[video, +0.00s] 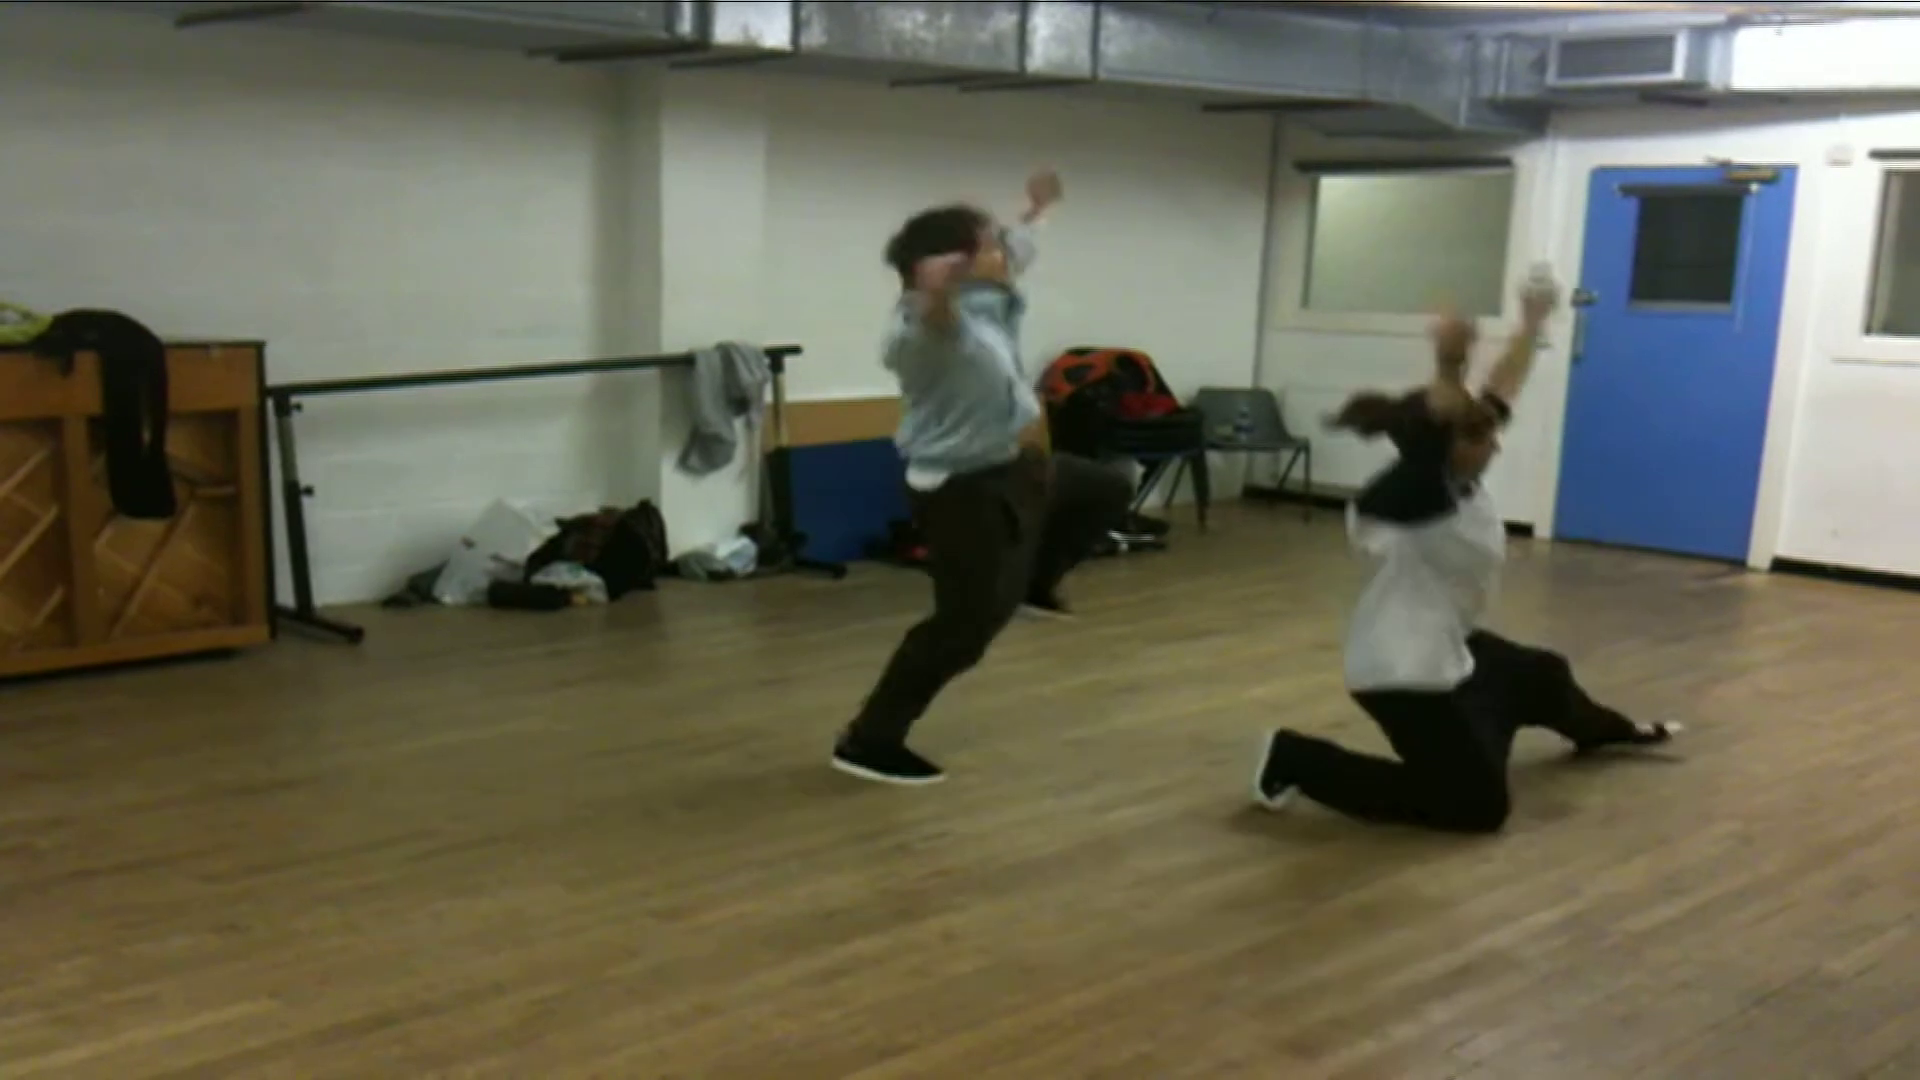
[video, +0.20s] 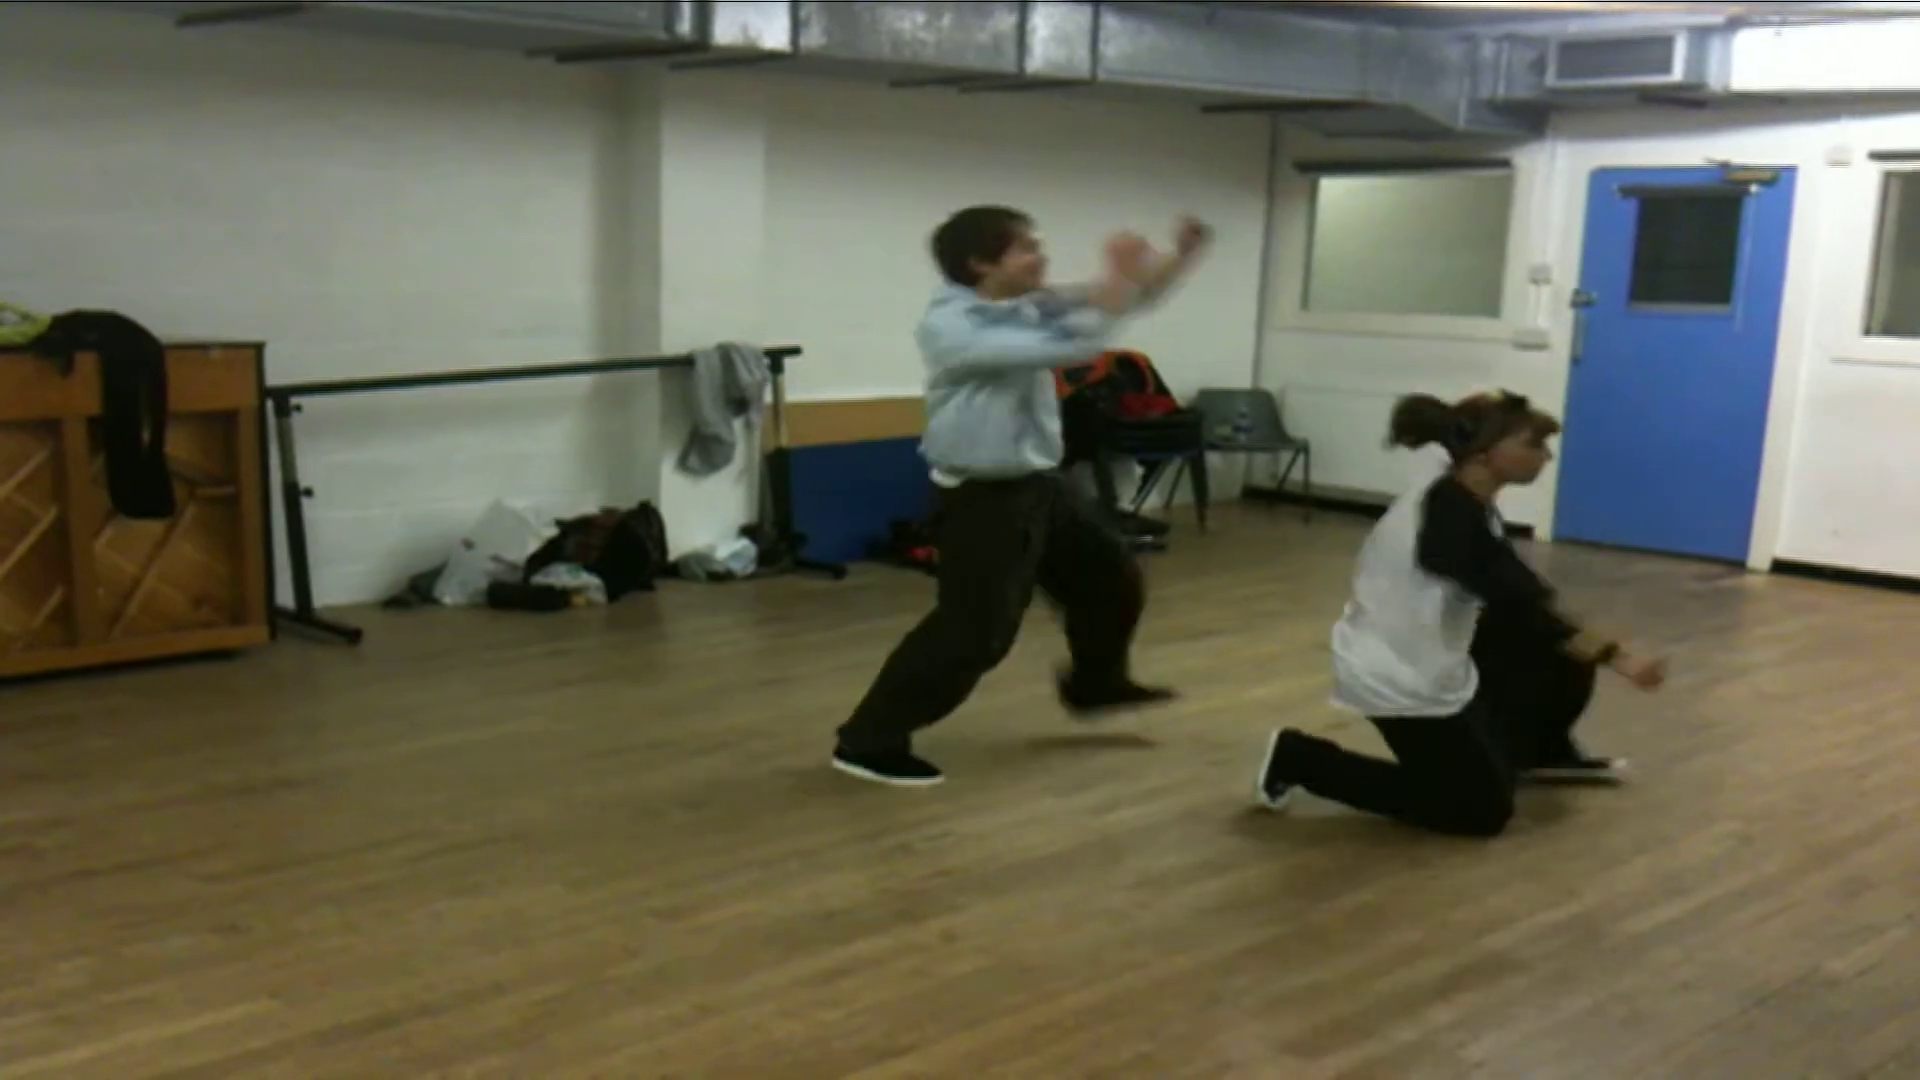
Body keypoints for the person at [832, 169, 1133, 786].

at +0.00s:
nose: (1002, 250)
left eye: (998, 242)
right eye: (988, 244)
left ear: (987, 259)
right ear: (942, 264)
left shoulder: (990, 305)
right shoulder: (918, 331)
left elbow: (1012, 258)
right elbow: (926, 331)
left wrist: (1035, 210)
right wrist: (938, 296)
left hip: (1014, 470)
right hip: (958, 490)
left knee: (1107, 489)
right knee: (968, 622)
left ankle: (1036, 581)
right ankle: (871, 739)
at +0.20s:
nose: (1039, 258)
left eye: (1036, 248)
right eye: (1026, 249)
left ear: (996, 263)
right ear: (981, 264)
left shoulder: (1028, 308)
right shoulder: (949, 326)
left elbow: (1109, 306)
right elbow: (1042, 347)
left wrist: (1178, 262)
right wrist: (1110, 295)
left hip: (1037, 489)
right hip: (980, 497)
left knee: (1110, 583)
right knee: (974, 630)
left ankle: (1098, 684)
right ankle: (869, 740)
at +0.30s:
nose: (1095, 269)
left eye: (1092, 258)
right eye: (1083, 259)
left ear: (1042, 272)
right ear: (1041, 271)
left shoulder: (1047, 316)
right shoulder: (1025, 317)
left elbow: (1124, 350)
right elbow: (1122, 355)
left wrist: (1188, 331)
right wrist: (1155, 327)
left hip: (1041, 493)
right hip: (996, 497)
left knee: (1093, 610)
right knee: (981, 637)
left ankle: (1125, 721)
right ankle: (872, 741)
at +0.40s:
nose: (1123, 275)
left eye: (1121, 265)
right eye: (1111, 265)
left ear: (1084, 280)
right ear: (1068, 275)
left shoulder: (1100, 330)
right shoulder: (1027, 320)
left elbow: (1160, 367)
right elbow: (1097, 367)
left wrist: (1210, 353)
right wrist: (1156, 350)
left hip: (1067, 504)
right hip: (1002, 502)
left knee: (1120, 615)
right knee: (989, 644)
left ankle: (1121, 722)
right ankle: (879, 737)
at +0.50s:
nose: (1121, 259)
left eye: (1122, 248)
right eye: (1109, 248)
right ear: (1065, 255)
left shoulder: (1112, 317)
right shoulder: (1014, 307)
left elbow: (1149, 341)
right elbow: (971, 351)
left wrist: (1175, 339)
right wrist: (1064, 331)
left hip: (1086, 491)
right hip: (1014, 492)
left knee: (1114, 614)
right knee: (989, 626)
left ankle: (1119, 718)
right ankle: (914, 743)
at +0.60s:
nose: (1112, 268)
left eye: (1114, 257)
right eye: (1100, 257)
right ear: (1051, 263)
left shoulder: (1096, 313)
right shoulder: (992, 313)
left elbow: (1127, 326)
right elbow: (895, 355)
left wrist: (1149, 327)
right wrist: (999, 330)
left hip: (1096, 495)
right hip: (1023, 500)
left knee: (1129, 611)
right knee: (992, 632)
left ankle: (1122, 718)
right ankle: (930, 753)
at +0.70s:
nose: (1118, 278)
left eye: (1121, 266)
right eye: (1107, 265)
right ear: (1059, 269)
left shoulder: (1100, 323)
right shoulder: (980, 323)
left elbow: (1133, 343)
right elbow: (898, 380)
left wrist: (1139, 360)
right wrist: (997, 385)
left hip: (1095, 499)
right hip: (1020, 505)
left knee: (1129, 609)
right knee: (998, 633)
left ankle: (1121, 719)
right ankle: (931, 753)